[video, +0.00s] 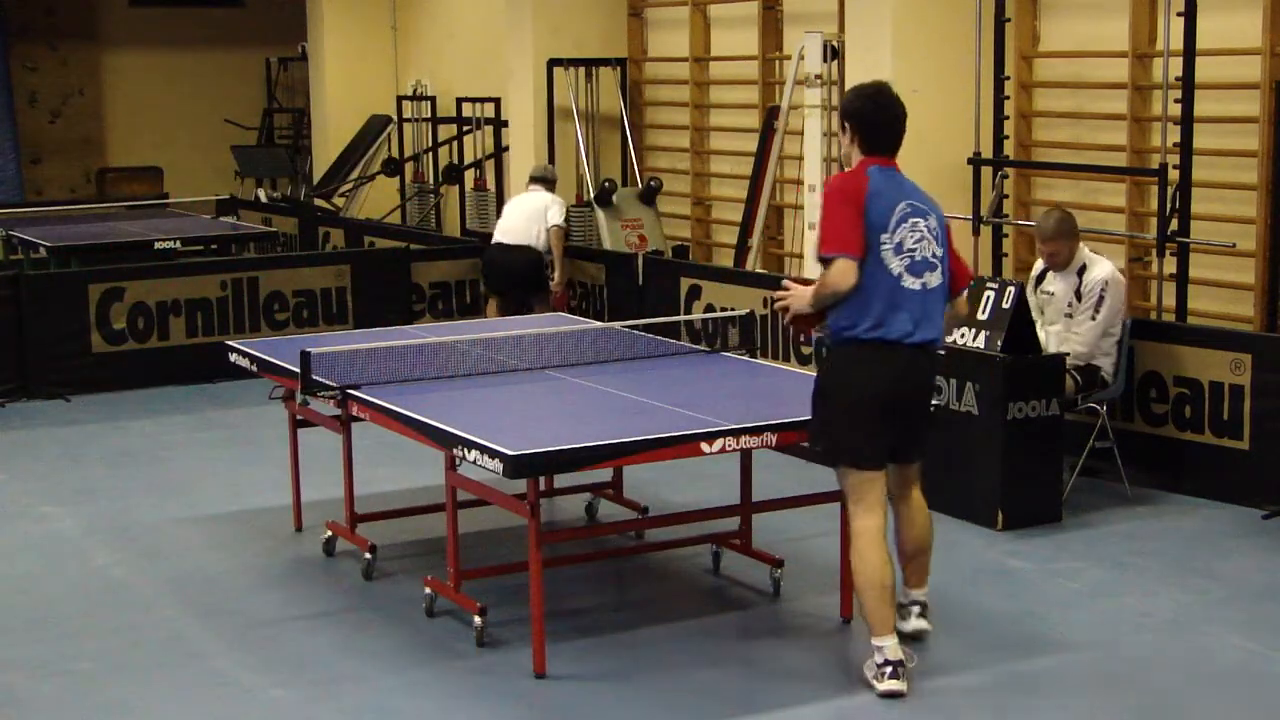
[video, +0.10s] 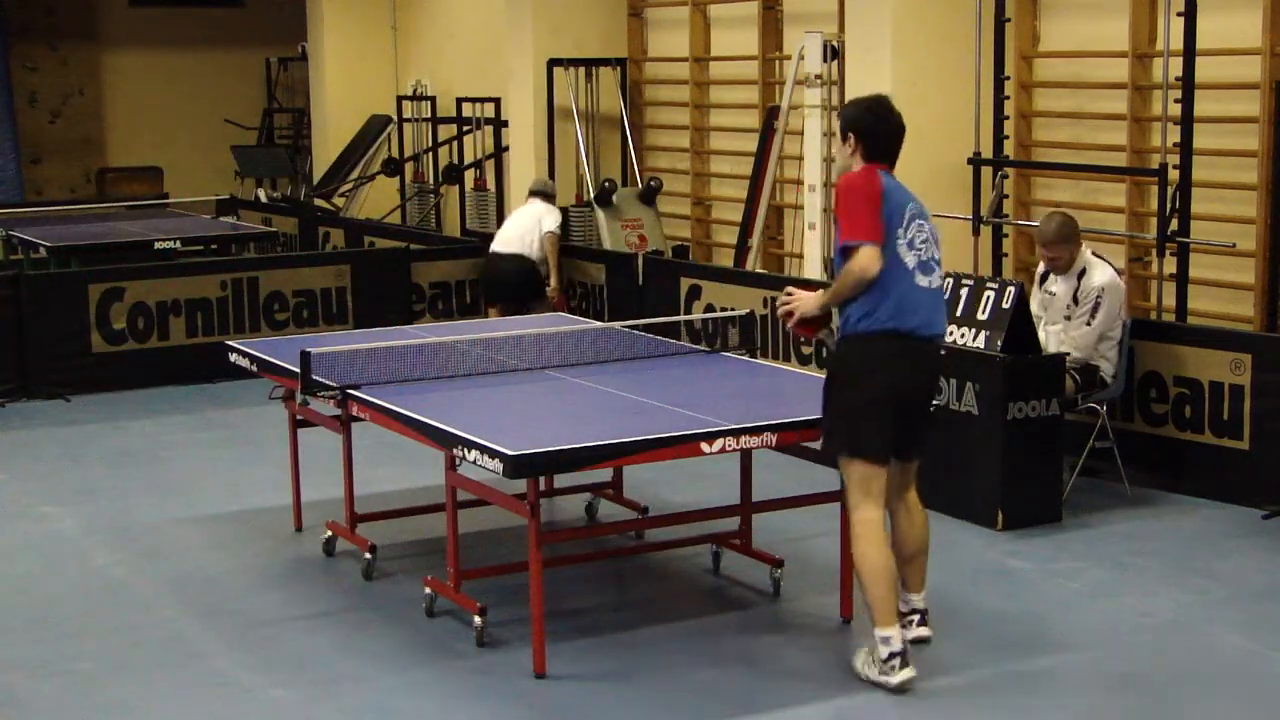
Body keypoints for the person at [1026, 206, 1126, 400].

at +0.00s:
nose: (1046, 260)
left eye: (1053, 255)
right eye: (1042, 253)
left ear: (1074, 244)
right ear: (1038, 244)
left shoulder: (1104, 277)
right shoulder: (1039, 269)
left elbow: (1082, 348)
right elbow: (1033, 322)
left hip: (1092, 367)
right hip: (1048, 360)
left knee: (1032, 392)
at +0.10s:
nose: (1046, 264)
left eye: (1054, 259)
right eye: (1044, 257)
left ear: (1076, 248)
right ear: (1039, 246)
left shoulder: (1102, 282)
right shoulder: (1044, 268)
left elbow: (1083, 347)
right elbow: (1035, 320)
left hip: (1092, 367)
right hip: (1050, 359)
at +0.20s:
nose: (1046, 269)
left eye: (1053, 263)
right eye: (1043, 262)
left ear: (1075, 252)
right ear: (1039, 251)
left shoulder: (1101, 288)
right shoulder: (1047, 271)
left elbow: (1076, 353)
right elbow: (1037, 321)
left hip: (1093, 372)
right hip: (1053, 360)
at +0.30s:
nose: (1045, 273)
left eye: (1052, 267)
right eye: (1042, 266)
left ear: (1073, 257)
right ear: (1040, 255)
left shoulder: (1097, 292)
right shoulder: (1054, 269)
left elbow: (1070, 355)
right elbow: (1041, 314)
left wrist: (1047, 330)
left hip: (1096, 373)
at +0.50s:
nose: (1042, 278)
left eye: (1050, 272)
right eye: (1039, 271)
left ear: (1070, 262)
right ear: (1036, 259)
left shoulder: (1093, 299)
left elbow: (1068, 359)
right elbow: (1045, 314)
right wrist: (1015, 340)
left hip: (1096, 374)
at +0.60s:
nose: (1043, 280)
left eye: (1050, 274)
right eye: (1039, 272)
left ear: (1069, 264)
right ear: (1036, 261)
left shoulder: (1095, 300)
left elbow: (1069, 360)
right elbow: (1046, 312)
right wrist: (1016, 337)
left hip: (1097, 373)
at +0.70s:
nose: (1043, 280)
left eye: (1051, 274)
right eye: (1040, 273)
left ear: (1071, 265)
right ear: (1037, 262)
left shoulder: (1096, 300)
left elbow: (1071, 360)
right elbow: (1045, 312)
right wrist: (1018, 340)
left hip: (1097, 372)